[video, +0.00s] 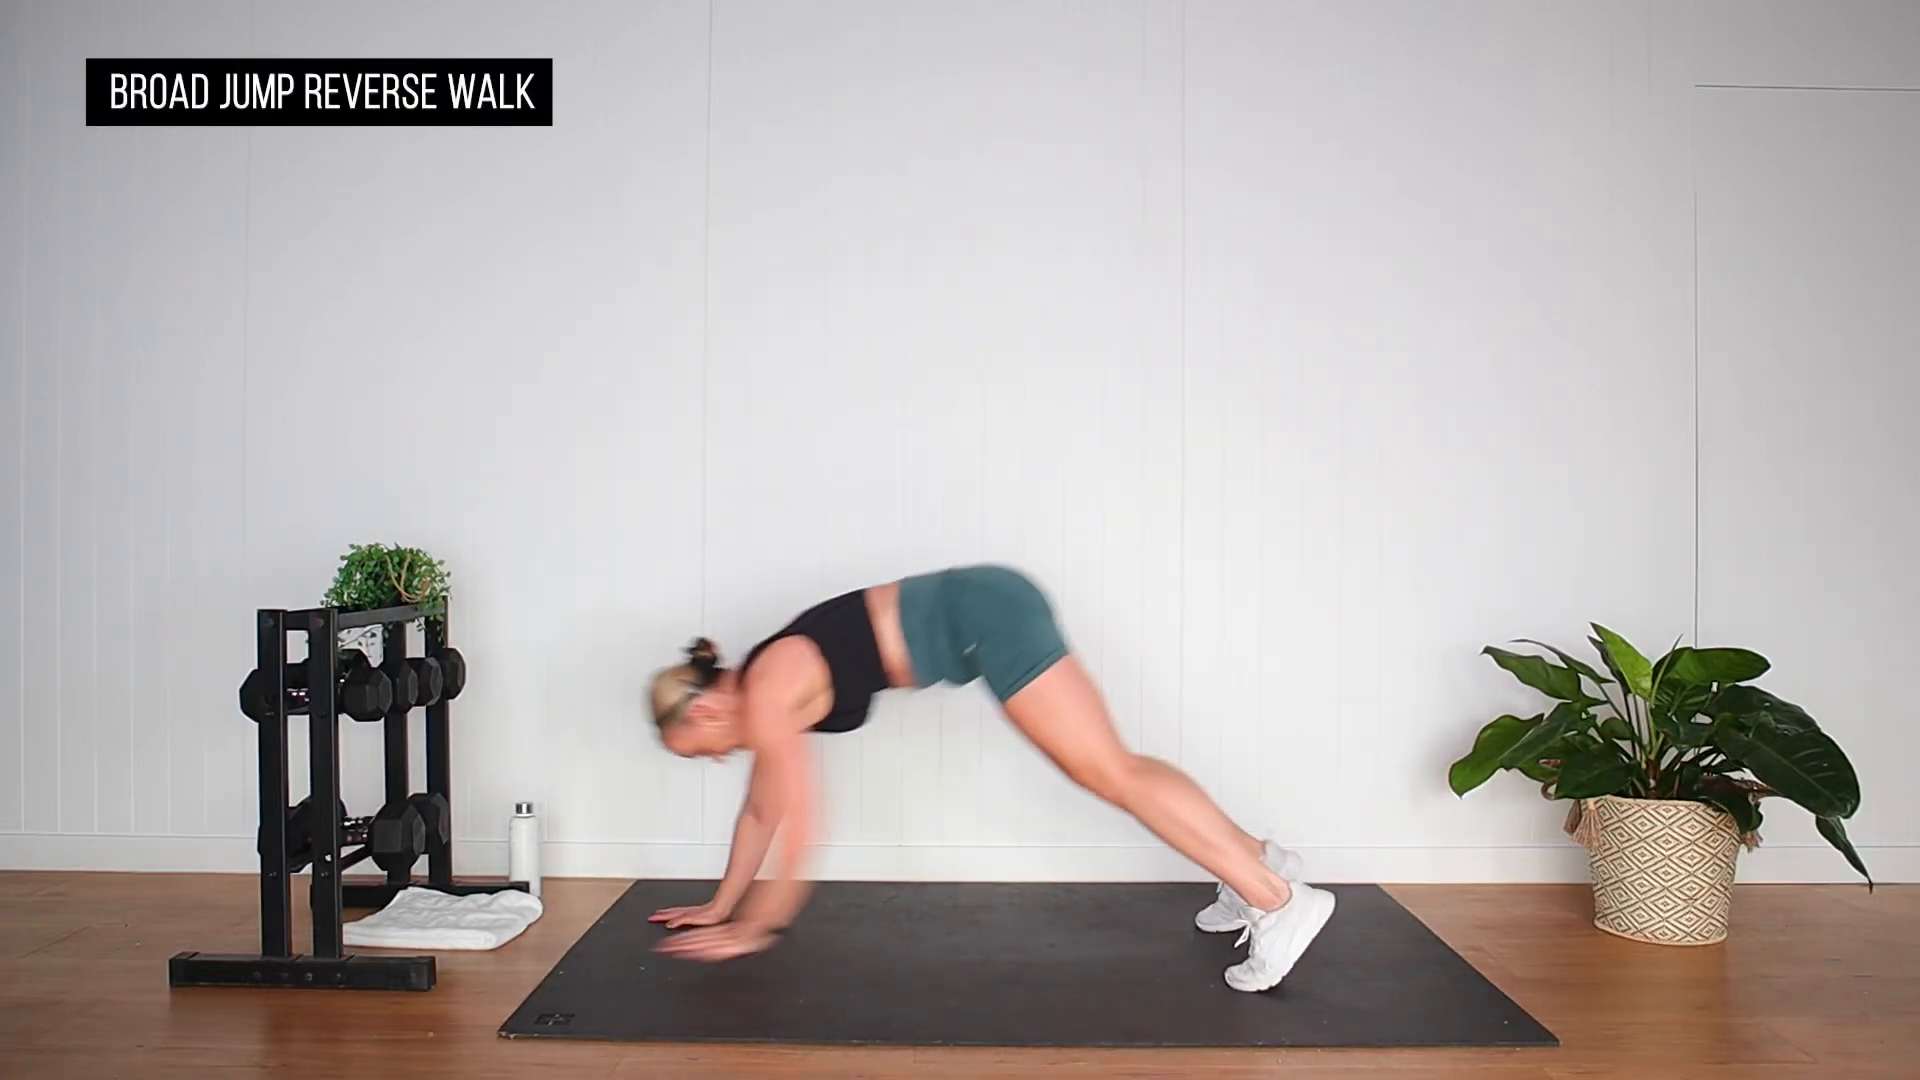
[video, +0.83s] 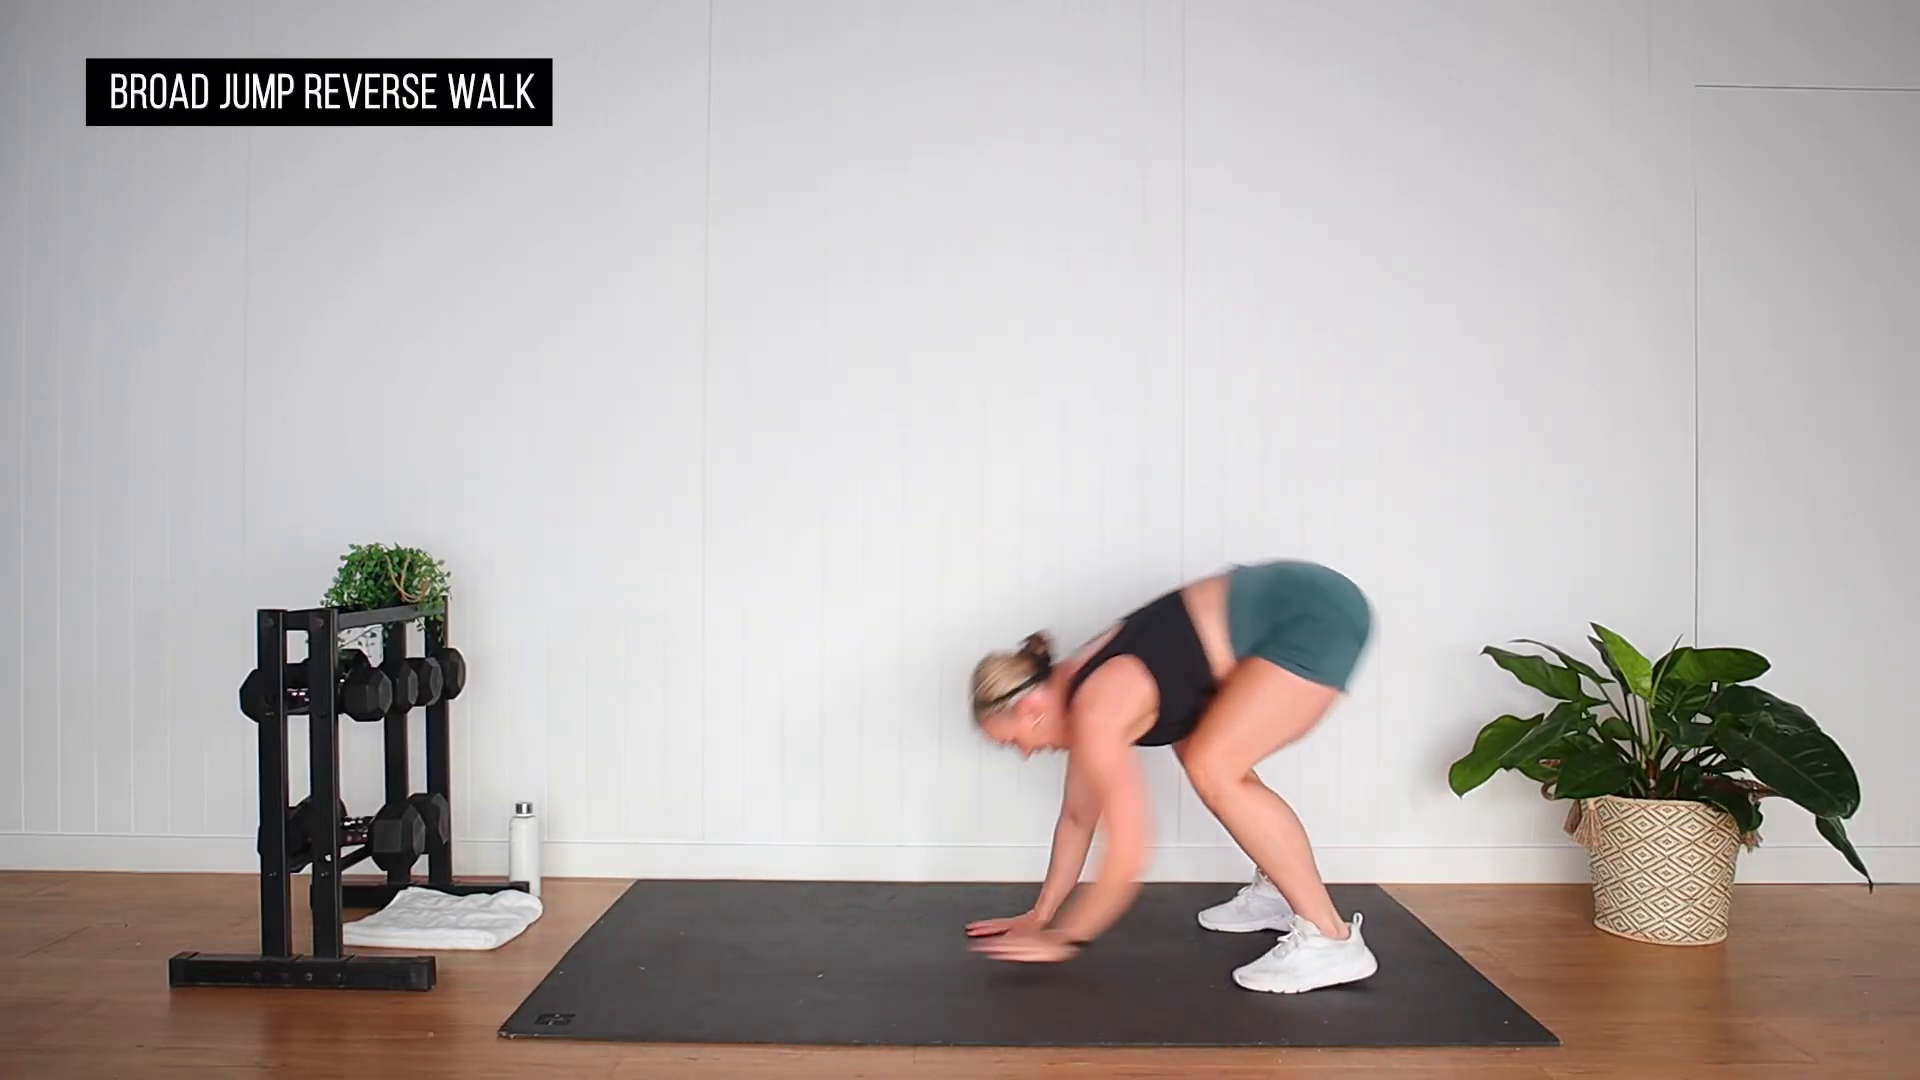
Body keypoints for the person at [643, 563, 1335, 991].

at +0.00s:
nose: (708, 761)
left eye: (695, 748)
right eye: (693, 754)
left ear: (707, 708)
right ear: (709, 698)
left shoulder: (771, 694)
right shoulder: (763, 685)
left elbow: (799, 828)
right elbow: (759, 809)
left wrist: (761, 926)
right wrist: (724, 904)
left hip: (987, 614)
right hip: (984, 613)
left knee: (1109, 774)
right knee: (1111, 766)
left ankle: (1278, 901)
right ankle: (1258, 869)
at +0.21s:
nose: (802, 774)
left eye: (790, 764)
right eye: (789, 771)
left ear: (804, 724)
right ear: (805, 715)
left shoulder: (874, 708)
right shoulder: (851, 703)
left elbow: (895, 838)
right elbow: (798, 822)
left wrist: (869, 954)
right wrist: (724, 903)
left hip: (1058, 582)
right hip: (1052, 585)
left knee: (1149, 761)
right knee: (1149, 756)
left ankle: (1300, 907)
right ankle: (1275, 881)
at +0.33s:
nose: (863, 785)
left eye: (850, 777)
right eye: (849, 784)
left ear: (855, 735)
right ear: (852, 730)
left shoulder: (914, 713)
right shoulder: (898, 702)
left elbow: (915, 844)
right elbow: (892, 810)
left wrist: (870, 956)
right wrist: (819, 883)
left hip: (1103, 582)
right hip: (1093, 580)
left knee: (1173, 767)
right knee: (1173, 760)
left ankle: (1314, 916)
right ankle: (1276, 876)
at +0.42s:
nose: (892, 786)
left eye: (881, 777)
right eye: (880, 783)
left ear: (881, 733)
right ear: (884, 727)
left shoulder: (938, 716)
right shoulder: (939, 703)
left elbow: (923, 853)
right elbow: (967, 807)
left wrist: (870, 958)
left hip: (1135, 574)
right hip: (1121, 575)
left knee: (1179, 768)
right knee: (1177, 761)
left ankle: (1321, 921)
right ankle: (1274, 878)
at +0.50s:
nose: (919, 784)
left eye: (906, 774)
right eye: (907, 781)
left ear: (914, 734)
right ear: (917, 729)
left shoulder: (972, 717)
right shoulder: (989, 711)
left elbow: (937, 854)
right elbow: (1038, 795)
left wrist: (871, 956)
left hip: (1165, 568)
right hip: (1151, 570)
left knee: (1187, 768)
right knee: (1188, 759)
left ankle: (1323, 924)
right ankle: (1278, 879)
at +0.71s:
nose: (996, 780)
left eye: (989, 769)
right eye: (985, 773)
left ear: (1007, 733)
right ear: (1009, 724)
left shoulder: (1060, 731)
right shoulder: (1052, 703)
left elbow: (1018, 865)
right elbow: (1078, 821)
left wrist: (934, 946)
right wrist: (1043, 914)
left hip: (1271, 591)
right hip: (1233, 585)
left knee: (1211, 767)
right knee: (1189, 744)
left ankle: (1330, 935)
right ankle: (1282, 884)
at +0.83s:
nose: (1021, 752)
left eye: (1011, 740)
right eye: (1009, 745)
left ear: (1034, 707)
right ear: (1036, 701)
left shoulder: (1096, 712)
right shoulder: (1078, 692)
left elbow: (1130, 855)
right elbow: (1077, 818)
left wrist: (1067, 938)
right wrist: (1041, 913)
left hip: (1318, 616)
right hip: (1291, 609)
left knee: (1215, 767)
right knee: (1204, 753)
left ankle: (1330, 936)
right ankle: (1284, 889)